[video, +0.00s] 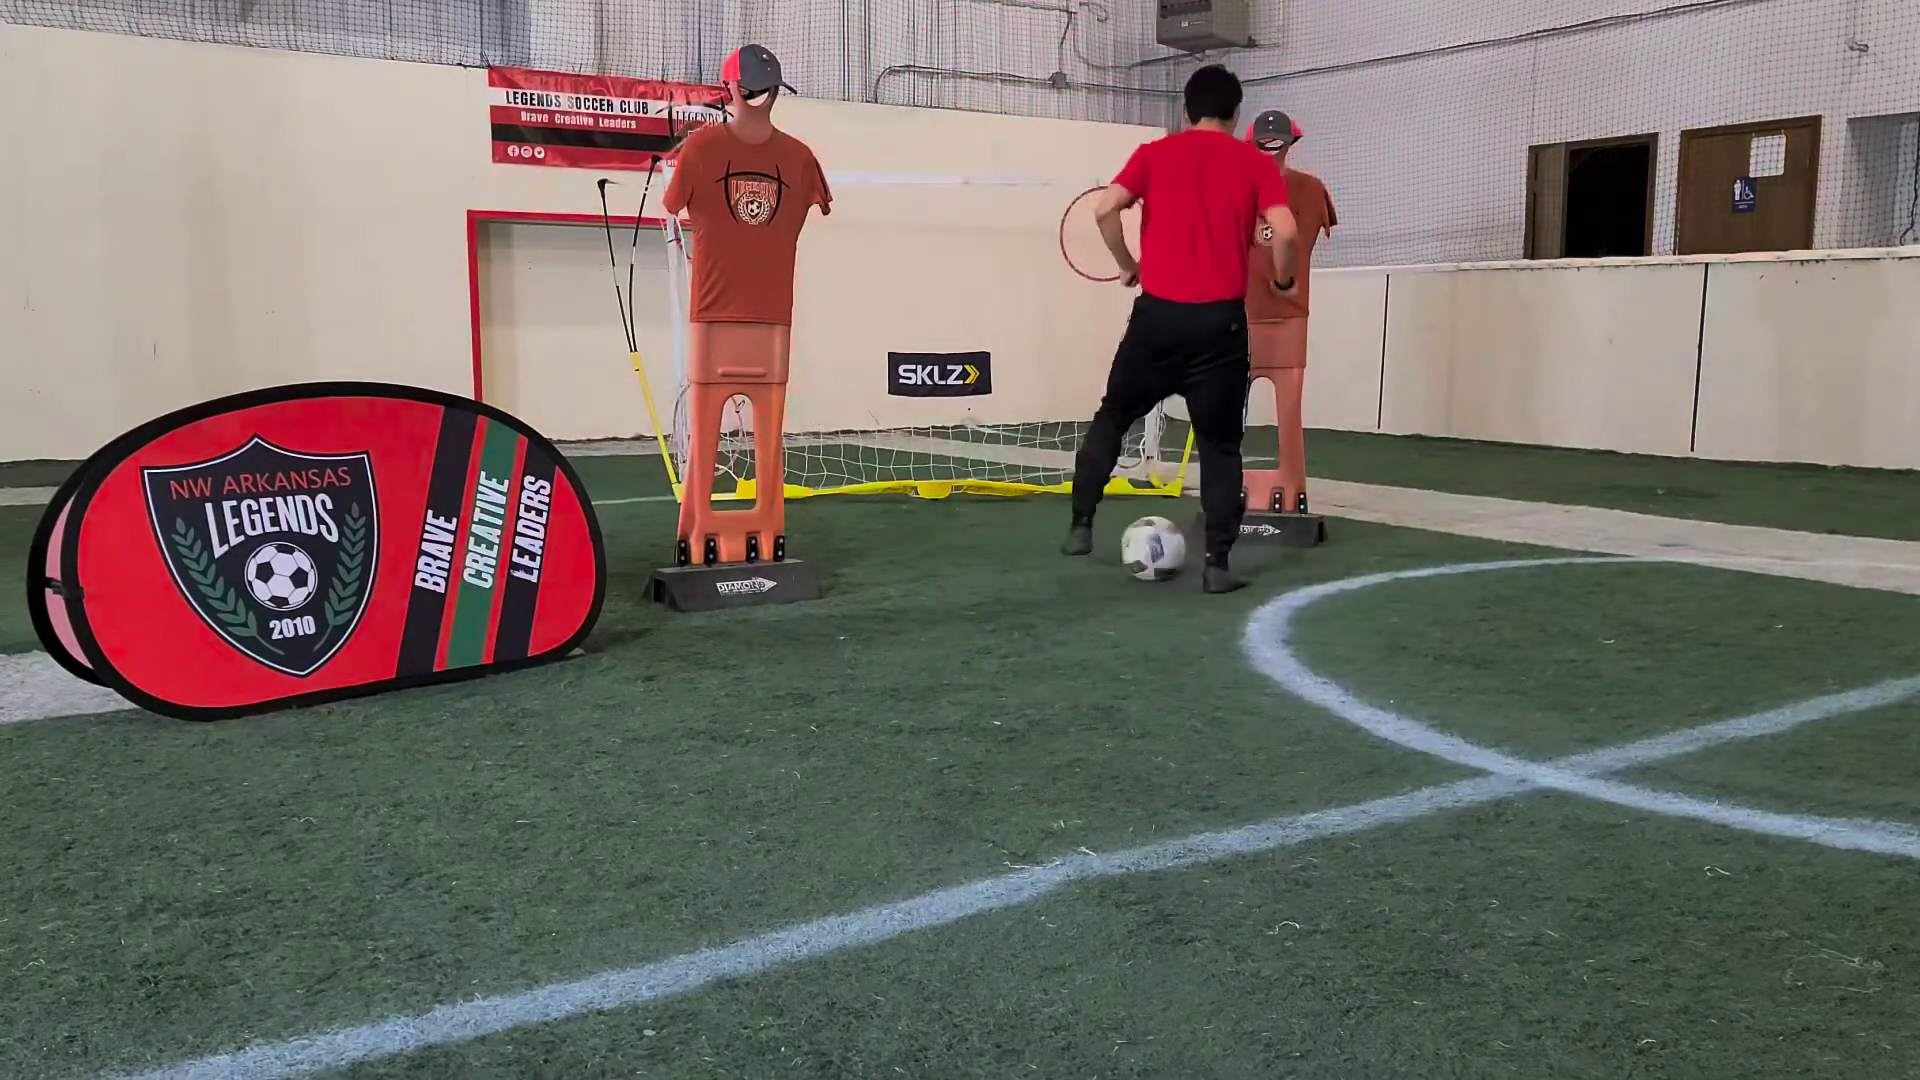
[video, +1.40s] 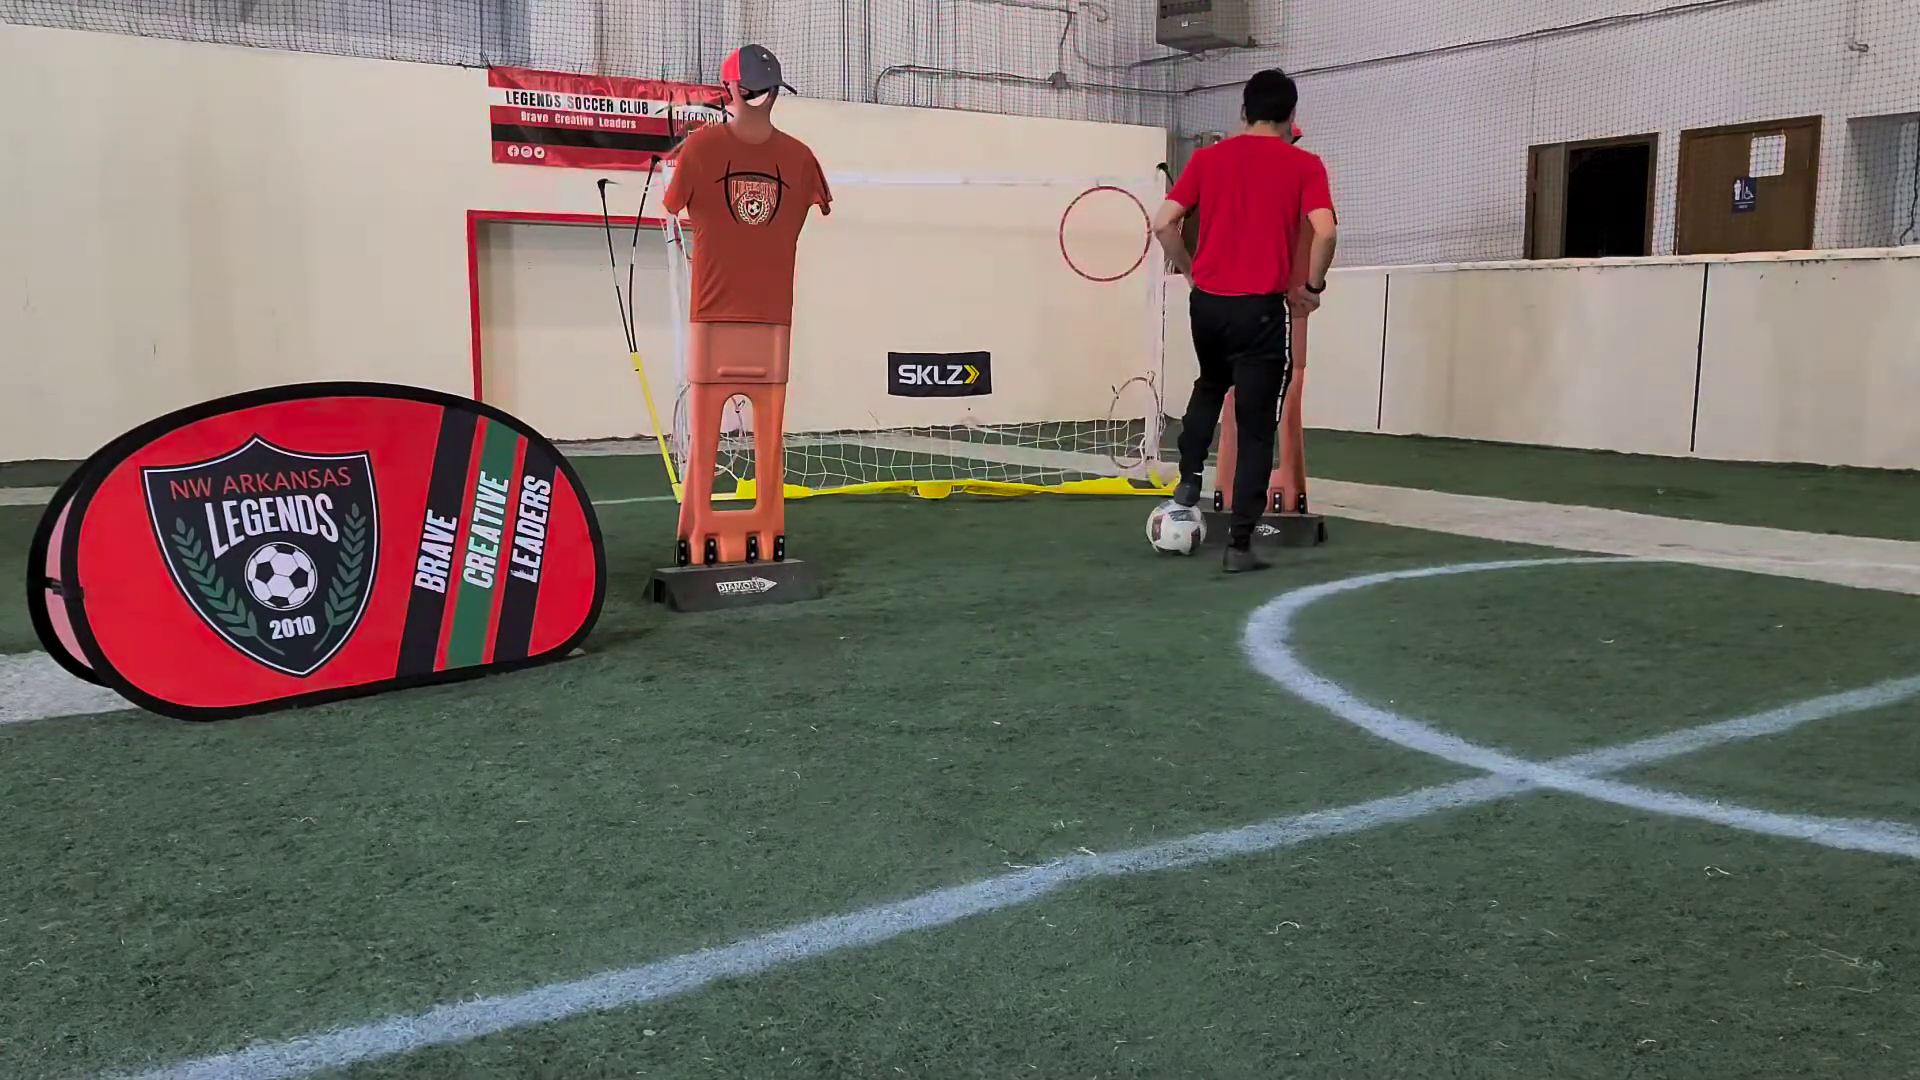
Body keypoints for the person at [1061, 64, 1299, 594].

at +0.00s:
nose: (1236, 120)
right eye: (1238, 113)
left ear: (1187, 110)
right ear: (1236, 113)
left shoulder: (1156, 152)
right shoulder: (1255, 161)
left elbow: (1106, 208)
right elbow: (1285, 230)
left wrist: (1125, 263)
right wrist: (1283, 278)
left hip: (1157, 319)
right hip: (1220, 321)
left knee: (1113, 416)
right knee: (1219, 443)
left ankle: (1081, 526)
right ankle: (1217, 566)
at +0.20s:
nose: (1225, 106)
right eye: (1230, 99)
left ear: (1178, 99)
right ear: (1227, 100)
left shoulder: (1147, 137)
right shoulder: (1248, 143)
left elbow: (1104, 195)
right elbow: (1284, 214)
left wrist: (1128, 243)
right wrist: (1267, 241)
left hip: (1161, 301)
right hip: (1223, 300)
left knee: (1144, 413)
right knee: (1246, 413)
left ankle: (1131, 531)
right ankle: (1244, 529)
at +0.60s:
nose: (1263, 116)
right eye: (1264, 109)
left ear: (1215, 105)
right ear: (1261, 109)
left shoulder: (1178, 147)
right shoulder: (1274, 152)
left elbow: (1127, 211)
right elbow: (1287, 201)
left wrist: (1157, 247)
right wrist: (1289, 274)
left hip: (1185, 303)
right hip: (1243, 304)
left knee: (1155, 409)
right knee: (1249, 419)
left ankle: (1136, 510)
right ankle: (1245, 537)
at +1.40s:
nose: (1295, 122)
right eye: (1295, 115)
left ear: (1245, 113)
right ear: (1290, 116)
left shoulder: (1208, 158)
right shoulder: (1304, 165)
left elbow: (1163, 223)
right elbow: (1326, 230)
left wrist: (1188, 266)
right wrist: (1313, 287)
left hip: (1207, 309)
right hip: (1261, 313)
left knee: (1212, 381)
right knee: (1256, 427)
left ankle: (1187, 486)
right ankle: (1240, 544)